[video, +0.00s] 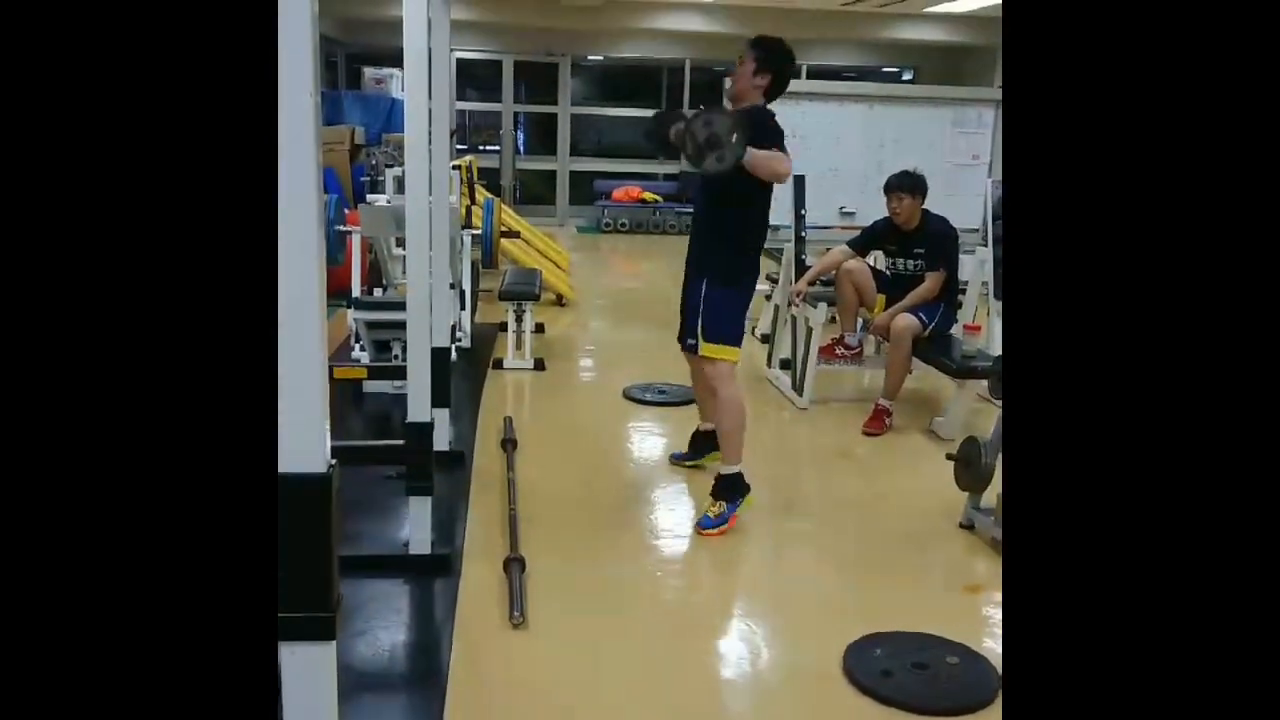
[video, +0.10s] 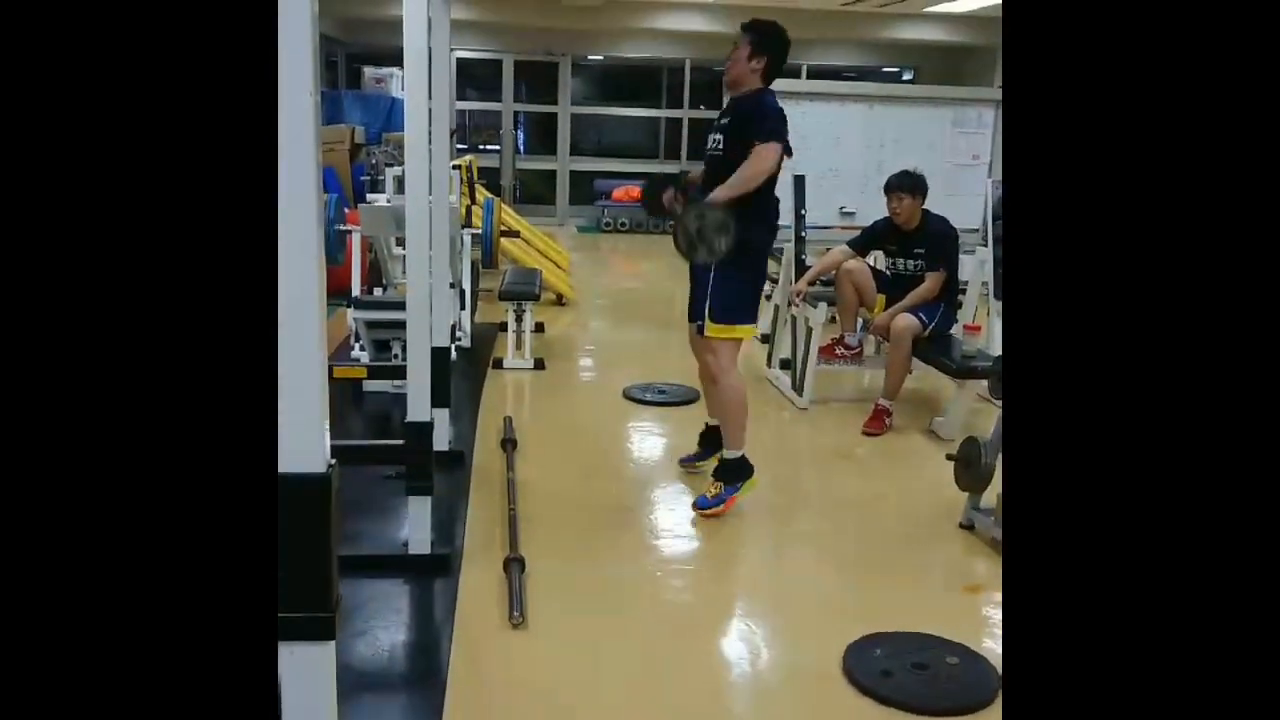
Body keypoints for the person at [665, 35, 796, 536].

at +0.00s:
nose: (731, 72)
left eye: (740, 67)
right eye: (736, 65)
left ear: (762, 78)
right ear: (754, 77)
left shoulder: (763, 123)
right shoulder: (731, 121)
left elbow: (781, 169)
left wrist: (730, 147)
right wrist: (688, 136)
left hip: (731, 263)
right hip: (704, 257)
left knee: (718, 367)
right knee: (694, 350)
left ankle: (733, 481)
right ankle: (709, 431)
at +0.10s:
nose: (727, 59)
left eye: (736, 52)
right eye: (732, 51)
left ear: (757, 62)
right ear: (752, 60)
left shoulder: (764, 107)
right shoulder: (732, 109)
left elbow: (763, 164)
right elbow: (716, 169)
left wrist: (709, 202)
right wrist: (683, 190)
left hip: (741, 246)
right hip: (715, 241)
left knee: (721, 354)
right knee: (702, 342)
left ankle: (736, 465)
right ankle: (716, 433)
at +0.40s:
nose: (634, 147)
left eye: (638, 138)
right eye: (633, 138)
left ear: (662, 138)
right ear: (659, 139)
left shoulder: (697, 178)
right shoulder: (677, 179)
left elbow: (713, 250)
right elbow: (688, 243)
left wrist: (718, 314)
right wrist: (696, 283)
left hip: (767, 282)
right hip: (739, 279)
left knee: (721, 369)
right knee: (702, 361)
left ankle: (743, 475)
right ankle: (731, 454)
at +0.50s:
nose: (624, 168)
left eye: (624, 159)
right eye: (620, 160)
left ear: (646, 148)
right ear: (648, 148)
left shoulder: (692, 181)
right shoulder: (676, 179)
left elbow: (704, 256)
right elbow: (682, 239)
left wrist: (708, 326)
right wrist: (684, 282)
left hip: (769, 274)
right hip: (742, 273)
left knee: (737, 370)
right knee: (718, 361)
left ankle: (742, 474)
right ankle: (731, 452)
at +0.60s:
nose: (616, 193)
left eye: (615, 183)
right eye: (612, 185)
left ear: (636, 173)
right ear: (640, 172)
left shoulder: (685, 199)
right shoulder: (670, 199)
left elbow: (694, 276)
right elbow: (671, 257)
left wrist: (697, 347)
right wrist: (672, 303)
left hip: (777, 272)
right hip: (749, 273)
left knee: (745, 370)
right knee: (721, 352)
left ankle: (741, 473)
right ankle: (730, 450)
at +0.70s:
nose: (615, 235)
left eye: (614, 226)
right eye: (610, 228)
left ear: (634, 214)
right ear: (635, 213)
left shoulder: (681, 234)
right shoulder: (667, 228)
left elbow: (688, 317)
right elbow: (665, 289)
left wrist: (686, 384)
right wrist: (663, 335)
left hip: (784, 280)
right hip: (757, 279)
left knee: (736, 369)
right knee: (716, 351)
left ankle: (742, 477)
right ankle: (729, 453)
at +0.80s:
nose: (617, 277)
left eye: (616, 268)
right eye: (612, 270)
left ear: (635, 255)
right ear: (638, 252)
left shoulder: (680, 278)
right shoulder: (667, 269)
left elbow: (680, 362)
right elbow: (661, 328)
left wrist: (675, 431)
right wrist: (652, 372)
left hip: (783, 307)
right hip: (760, 300)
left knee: (711, 383)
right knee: (701, 370)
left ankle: (740, 479)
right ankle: (734, 459)